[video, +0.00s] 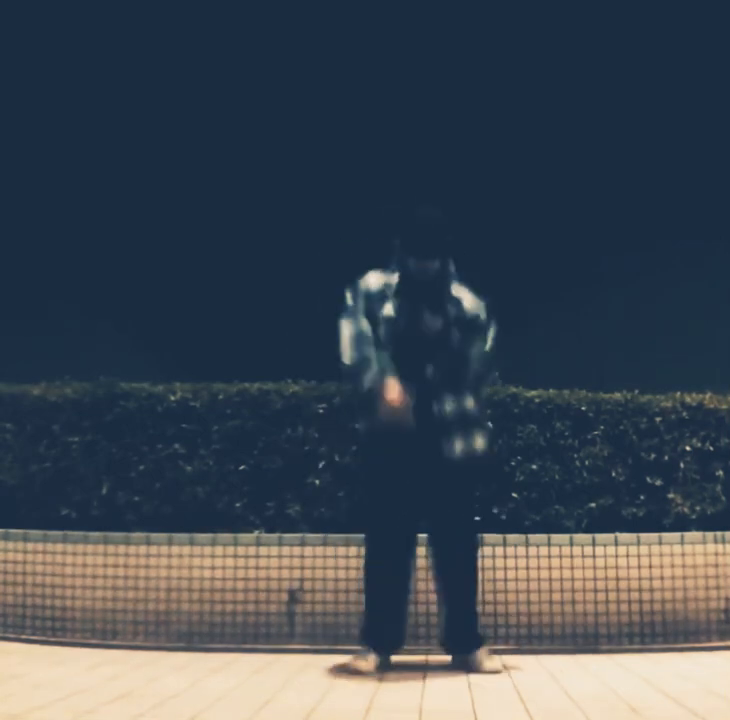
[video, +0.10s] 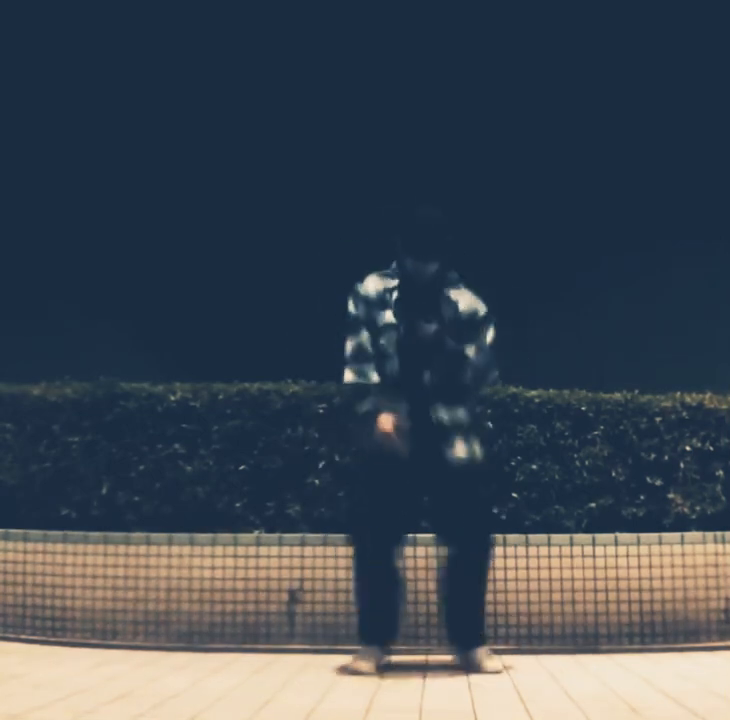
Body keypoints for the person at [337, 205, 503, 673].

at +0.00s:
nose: (424, 267)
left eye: (433, 258)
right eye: (416, 258)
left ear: (448, 257)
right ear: (401, 254)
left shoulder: (469, 305)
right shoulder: (370, 292)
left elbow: (476, 375)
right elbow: (356, 350)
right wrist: (382, 384)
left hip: (453, 446)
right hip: (391, 445)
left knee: (457, 544)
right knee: (386, 542)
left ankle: (467, 646)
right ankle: (377, 647)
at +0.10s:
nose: (423, 264)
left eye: (433, 255)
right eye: (415, 255)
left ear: (448, 255)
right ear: (401, 252)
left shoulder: (470, 307)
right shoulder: (371, 294)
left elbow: (480, 376)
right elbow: (359, 364)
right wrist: (378, 410)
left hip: (456, 447)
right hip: (388, 445)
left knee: (470, 539)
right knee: (375, 539)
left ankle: (471, 644)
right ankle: (373, 645)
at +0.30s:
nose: (420, 251)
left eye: (428, 240)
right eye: (410, 241)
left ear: (442, 242)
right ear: (395, 245)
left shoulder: (474, 290)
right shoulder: (370, 307)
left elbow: (515, 326)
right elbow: (338, 385)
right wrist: (352, 435)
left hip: (464, 447)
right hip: (390, 450)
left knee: (485, 533)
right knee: (351, 533)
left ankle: (484, 646)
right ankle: (358, 646)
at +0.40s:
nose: (416, 254)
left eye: (424, 244)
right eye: (409, 244)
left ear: (441, 249)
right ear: (397, 250)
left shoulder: (470, 300)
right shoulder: (373, 298)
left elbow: (482, 361)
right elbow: (355, 365)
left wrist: (443, 331)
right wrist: (380, 404)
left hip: (454, 444)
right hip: (389, 446)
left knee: (460, 542)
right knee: (379, 543)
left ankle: (473, 644)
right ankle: (370, 645)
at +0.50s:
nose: (409, 251)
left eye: (419, 240)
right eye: (401, 240)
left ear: (437, 242)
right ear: (389, 242)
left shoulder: (458, 292)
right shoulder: (379, 292)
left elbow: (489, 328)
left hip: (448, 427)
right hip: (390, 427)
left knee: (453, 536)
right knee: (383, 536)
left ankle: (471, 643)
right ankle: (371, 642)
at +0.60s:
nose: (427, 245)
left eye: (436, 236)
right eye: (417, 235)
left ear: (450, 239)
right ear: (399, 240)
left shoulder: (466, 278)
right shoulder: (383, 279)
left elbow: (497, 250)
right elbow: (365, 227)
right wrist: (390, 195)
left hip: (449, 415)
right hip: (390, 413)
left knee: (451, 528)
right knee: (382, 529)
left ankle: (472, 643)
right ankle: (372, 642)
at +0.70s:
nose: (426, 250)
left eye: (434, 242)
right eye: (416, 241)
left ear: (448, 248)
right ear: (401, 247)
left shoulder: (460, 291)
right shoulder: (384, 288)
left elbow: (488, 269)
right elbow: (356, 325)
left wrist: (457, 247)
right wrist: (363, 267)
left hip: (451, 426)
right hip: (391, 428)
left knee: (456, 532)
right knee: (382, 532)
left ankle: (471, 643)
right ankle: (372, 643)